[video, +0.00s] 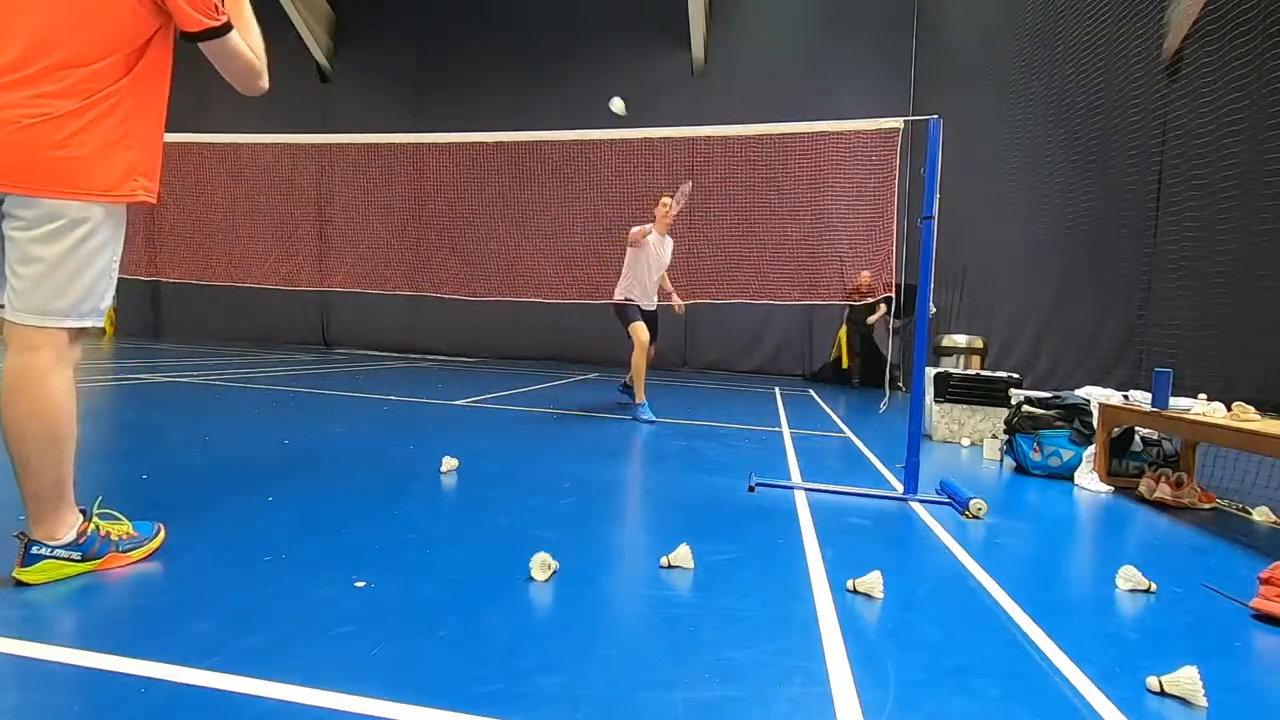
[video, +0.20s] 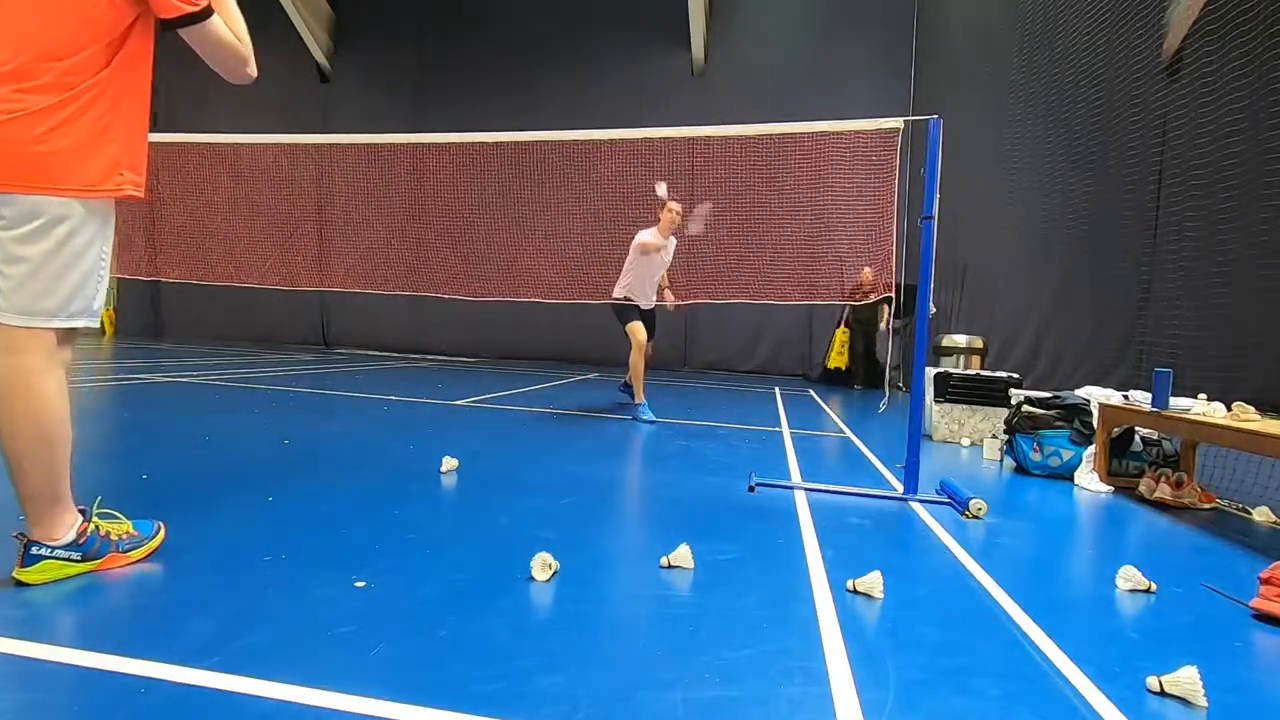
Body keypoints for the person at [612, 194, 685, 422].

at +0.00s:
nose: (669, 211)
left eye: (672, 208)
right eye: (664, 207)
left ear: (674, 214)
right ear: (654, 211)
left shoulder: (669, 243)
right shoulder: (642, 231)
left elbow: (661, 272)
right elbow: (633, 238)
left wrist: (673, 294)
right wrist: (647, 230)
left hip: (650, 303)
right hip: (626, 300)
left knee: (649, 351)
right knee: (642, 340)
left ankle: (628, 383)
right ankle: (640, 402)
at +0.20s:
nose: (674, 217)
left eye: (678, 214)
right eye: (671, 211)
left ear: (680, 220)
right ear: (660, 213)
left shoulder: (672, 243)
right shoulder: (644, 235)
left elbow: (661, 268)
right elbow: (643, 248)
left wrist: (666, 289)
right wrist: (662, 244)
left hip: (648, 303)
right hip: (625, 299)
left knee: (645, 349)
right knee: (640, 339)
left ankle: (628, 382)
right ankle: (640, 402)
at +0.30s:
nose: (676, 225)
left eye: (679, 222)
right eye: (672, 220)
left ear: (681, 227)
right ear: (661, 221)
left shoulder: (673, 248)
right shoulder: (643, 244)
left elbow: (661, 271)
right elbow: (641, 264)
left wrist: (660, 290)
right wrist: (662, 277)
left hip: (646, 304)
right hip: (623, 301)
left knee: (648, 352)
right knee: (639, 339)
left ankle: (628, 382)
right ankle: (640, 402)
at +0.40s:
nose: (675, 230)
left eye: (678, 227)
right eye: (670, 225)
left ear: (680, 232)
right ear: (659, 227)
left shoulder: (670, 254)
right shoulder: (643, 251)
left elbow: (654, 280)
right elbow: (637, 277)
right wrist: (649, 298)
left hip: (645, 307)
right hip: (622, 304)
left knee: (651, 358)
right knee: (638, 339)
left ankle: (629, 381)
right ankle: (640, 403)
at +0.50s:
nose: (669, 230)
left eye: (672, 228)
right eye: (664, 226)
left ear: (674, 233)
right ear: (654, 229)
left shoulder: (666, 258)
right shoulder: (639, 253)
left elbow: (653, 286)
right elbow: (625, 277)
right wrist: (627, 287)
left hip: (646, 312)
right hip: (623, 307)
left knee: (656, 367)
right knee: (639, 339)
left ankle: (630, 381)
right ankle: (640, 403)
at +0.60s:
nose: (660, 227)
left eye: (663, 224)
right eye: (655, 223)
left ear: (666, 231)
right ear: (646, 227)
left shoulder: (660, 257)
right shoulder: (634, 249)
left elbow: (650, 285)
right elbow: (619, 256)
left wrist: (653, 310)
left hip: (645, 312)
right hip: (622, 308)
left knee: (657, 367)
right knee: (638, 339)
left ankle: (630, 382)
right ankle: (639, 403)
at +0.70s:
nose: (653, 219)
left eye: (656, 216)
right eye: (649, 215)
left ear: (659, 223)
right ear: (639, 219)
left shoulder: (657, 251)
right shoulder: (626, 241)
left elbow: (656, 281)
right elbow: (605, 243)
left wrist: (663, 307)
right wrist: (590, 234)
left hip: (645, 307)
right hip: (622, 303)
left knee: (652, 361)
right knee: (630, 342)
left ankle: (628, 385)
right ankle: (636, 400)